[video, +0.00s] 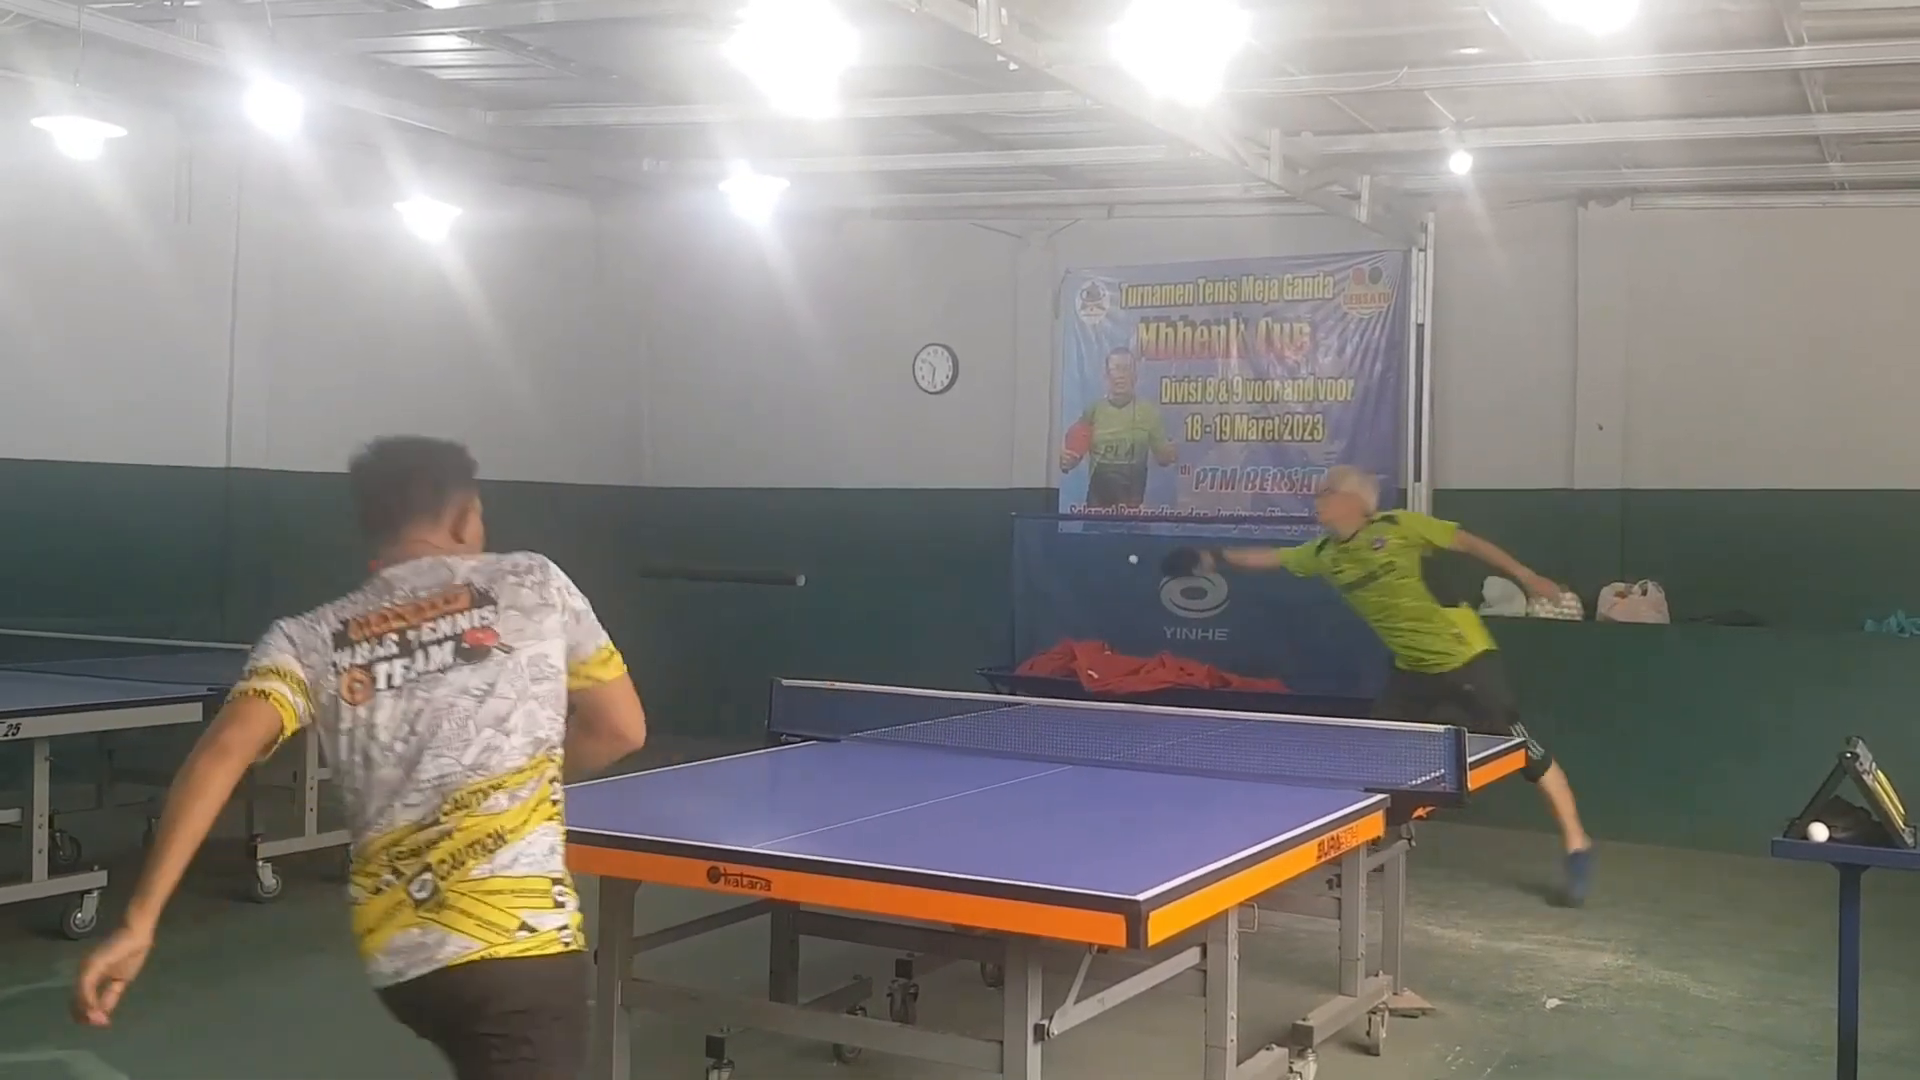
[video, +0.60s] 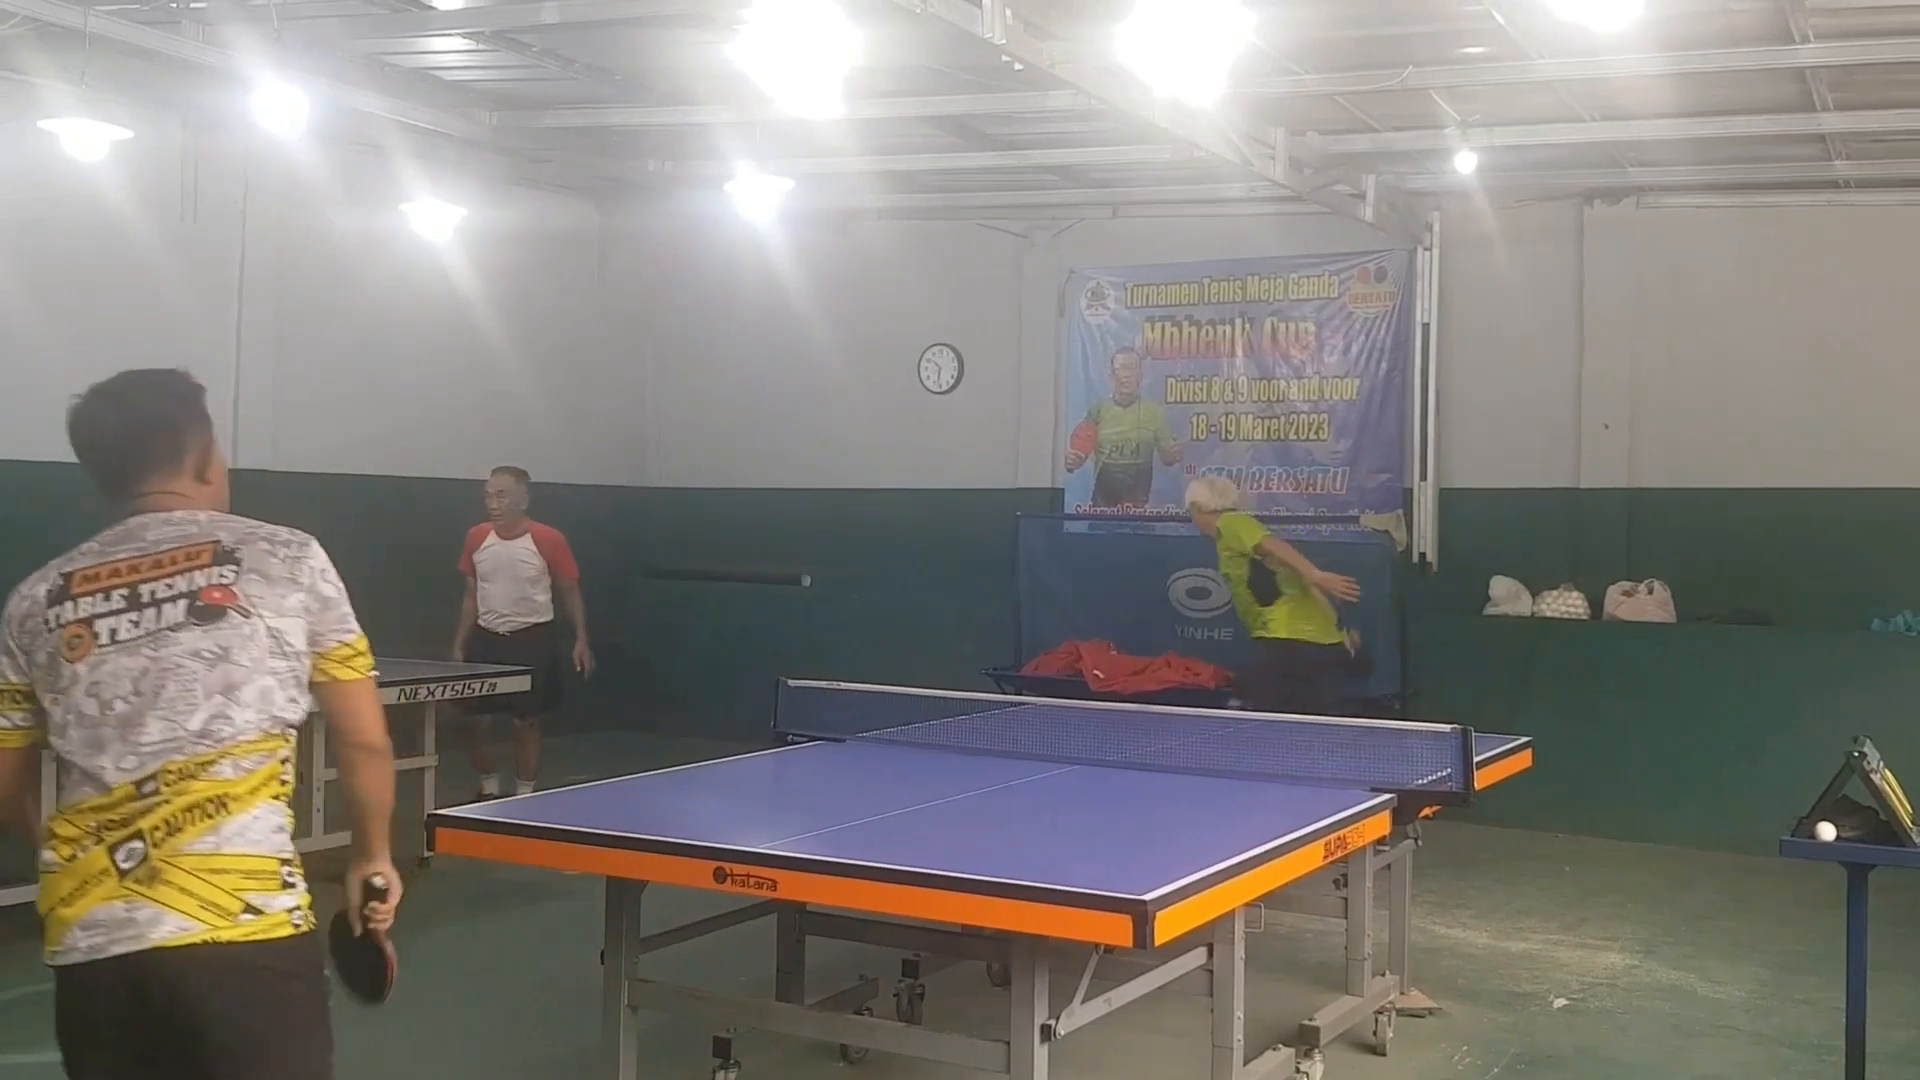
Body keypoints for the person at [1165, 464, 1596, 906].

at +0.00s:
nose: (1319, 506)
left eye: (1329, 497)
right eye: (1319, 498)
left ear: (1360, 503)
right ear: (1326, 508)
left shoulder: (1401, 527)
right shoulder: (1322, 555)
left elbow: (1472, 545)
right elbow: (1263, 559)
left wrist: (1528, 578)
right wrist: (1212, 557)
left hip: (1467, 658)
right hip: (1412, 668)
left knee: (1522, 745)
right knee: (1374, 749)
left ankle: (1577, 841)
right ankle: (1371, 839)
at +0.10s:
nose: (1288, 529)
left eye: (1296, 521)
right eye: (1289, 521)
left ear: (1323, 523)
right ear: (1304, 529)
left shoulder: (1365, 539)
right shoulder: (1298, 569)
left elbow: (1431, 553)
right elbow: (1245, 558)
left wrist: (1489, 578)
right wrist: (1197, 529)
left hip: (1432, 666)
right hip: (1387, 684)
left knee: (1500, 736)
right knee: (1376, 767)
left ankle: (1611, 783)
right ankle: (1360, 850)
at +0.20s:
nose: (1265, 554)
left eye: (1268, 544)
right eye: (1265, 546)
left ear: (1292, 539)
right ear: (1287, 544)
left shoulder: (1327, 550)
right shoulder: (1289, 588)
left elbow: (1388, 567)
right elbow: (1240, 600)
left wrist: (1449, 599)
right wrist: (1207, 556)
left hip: (1408, 665)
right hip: (1371, 683)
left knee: (1478, 735)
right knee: (1344, 754)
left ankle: (1581, 719)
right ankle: (1353, 846)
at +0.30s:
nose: (1244, 551)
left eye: (1247, 542)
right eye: (1243, 544)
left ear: (1265, 537)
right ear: (1265, 543)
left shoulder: (1298, 545)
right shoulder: (1283, 585)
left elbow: (1351, 570)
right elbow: (1269, 641)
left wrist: (1392, 613)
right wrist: (1218, 619)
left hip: (1381, 653)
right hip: (1358, 674)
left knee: (1417, 736)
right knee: (1366, 749)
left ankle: (1512, 705)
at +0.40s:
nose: (1226, 548)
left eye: (1225, 539)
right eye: (1224, 540)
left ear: (1239, 532)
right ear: (1245, 532)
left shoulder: (1273, 537)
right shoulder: (1270, 570)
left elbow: (1319, 559)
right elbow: (1299, 635)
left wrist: (1353, 601)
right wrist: (1265, 683)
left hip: (1358, 645)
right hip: (1335, 655)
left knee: (1349, 730)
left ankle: (1452, 733)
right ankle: (1454, 732)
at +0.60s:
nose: (1194, 522)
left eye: (1193, 513)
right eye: (1192, 515)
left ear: (1204, 508)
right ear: (1225, 502)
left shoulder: (1230, 522)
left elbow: (1270, 545)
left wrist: (1315, 575)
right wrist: (1338, 630)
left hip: (1289, 641)